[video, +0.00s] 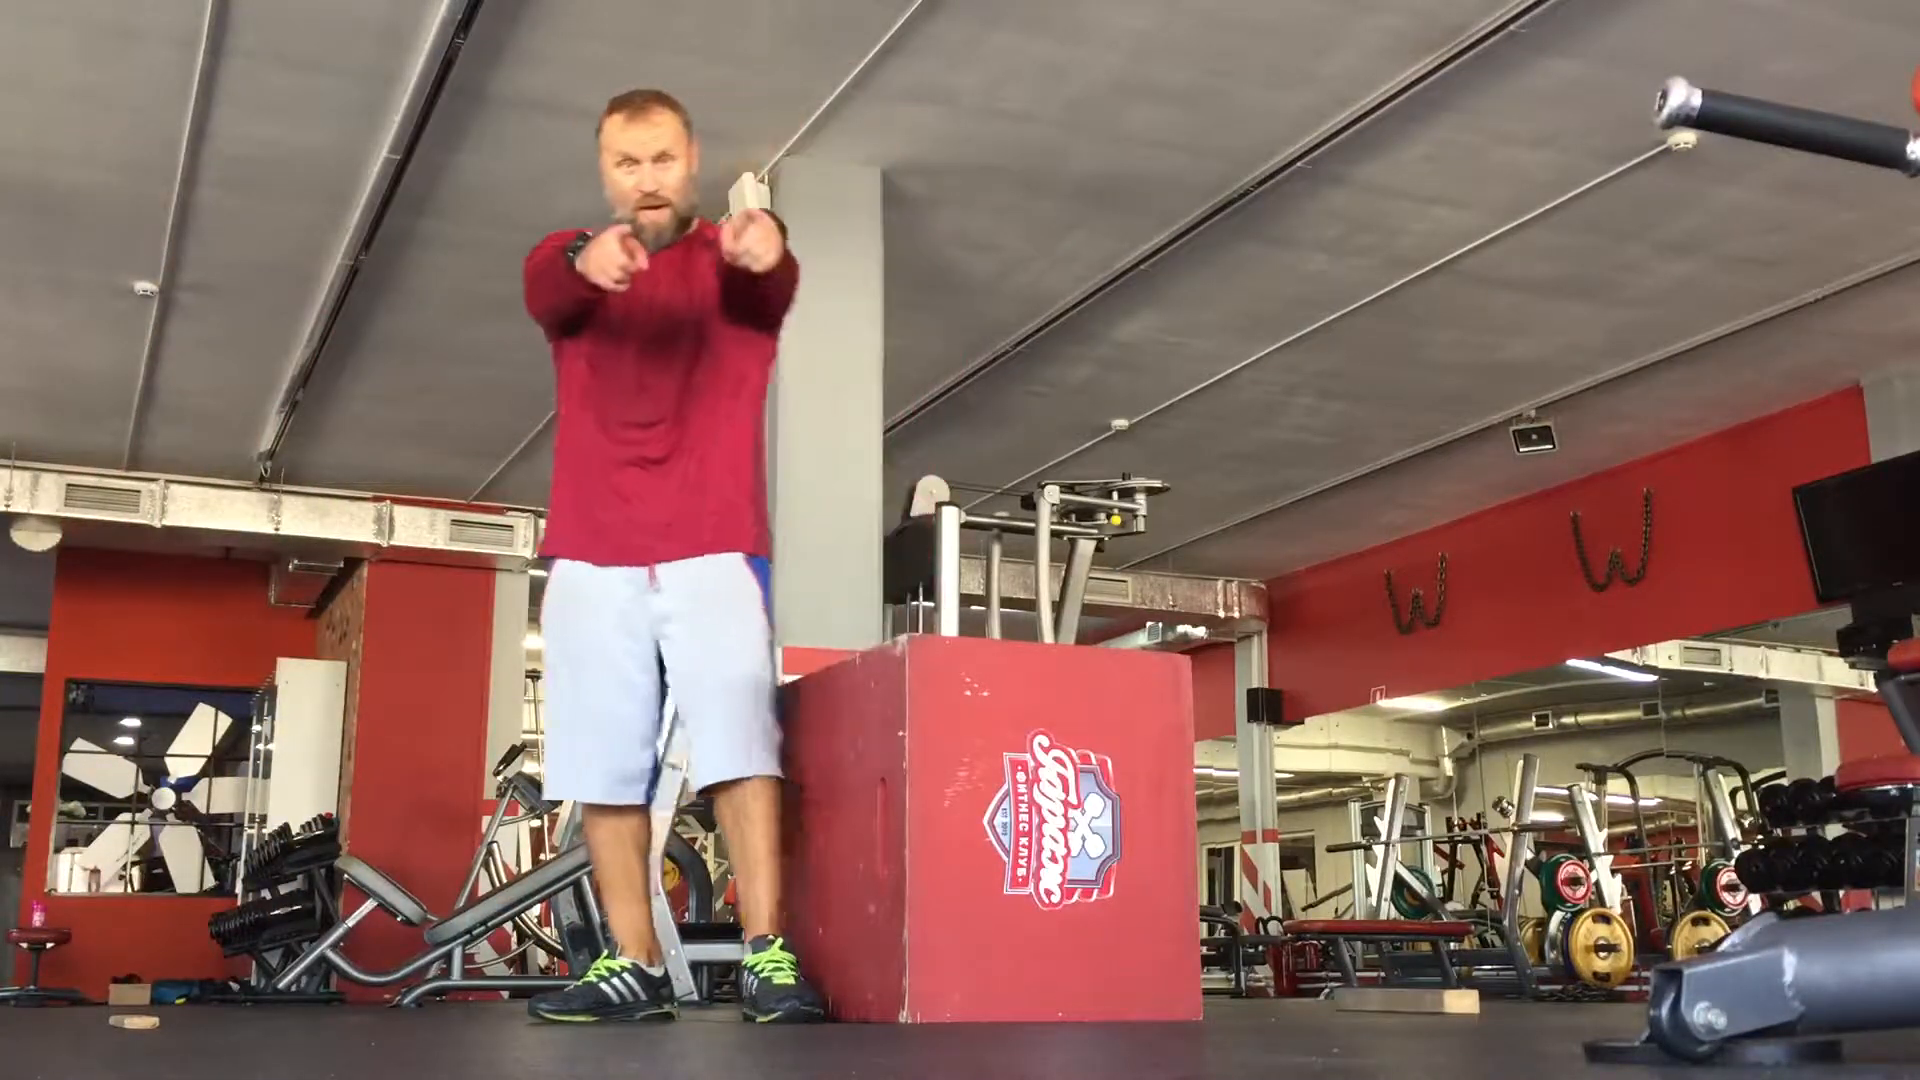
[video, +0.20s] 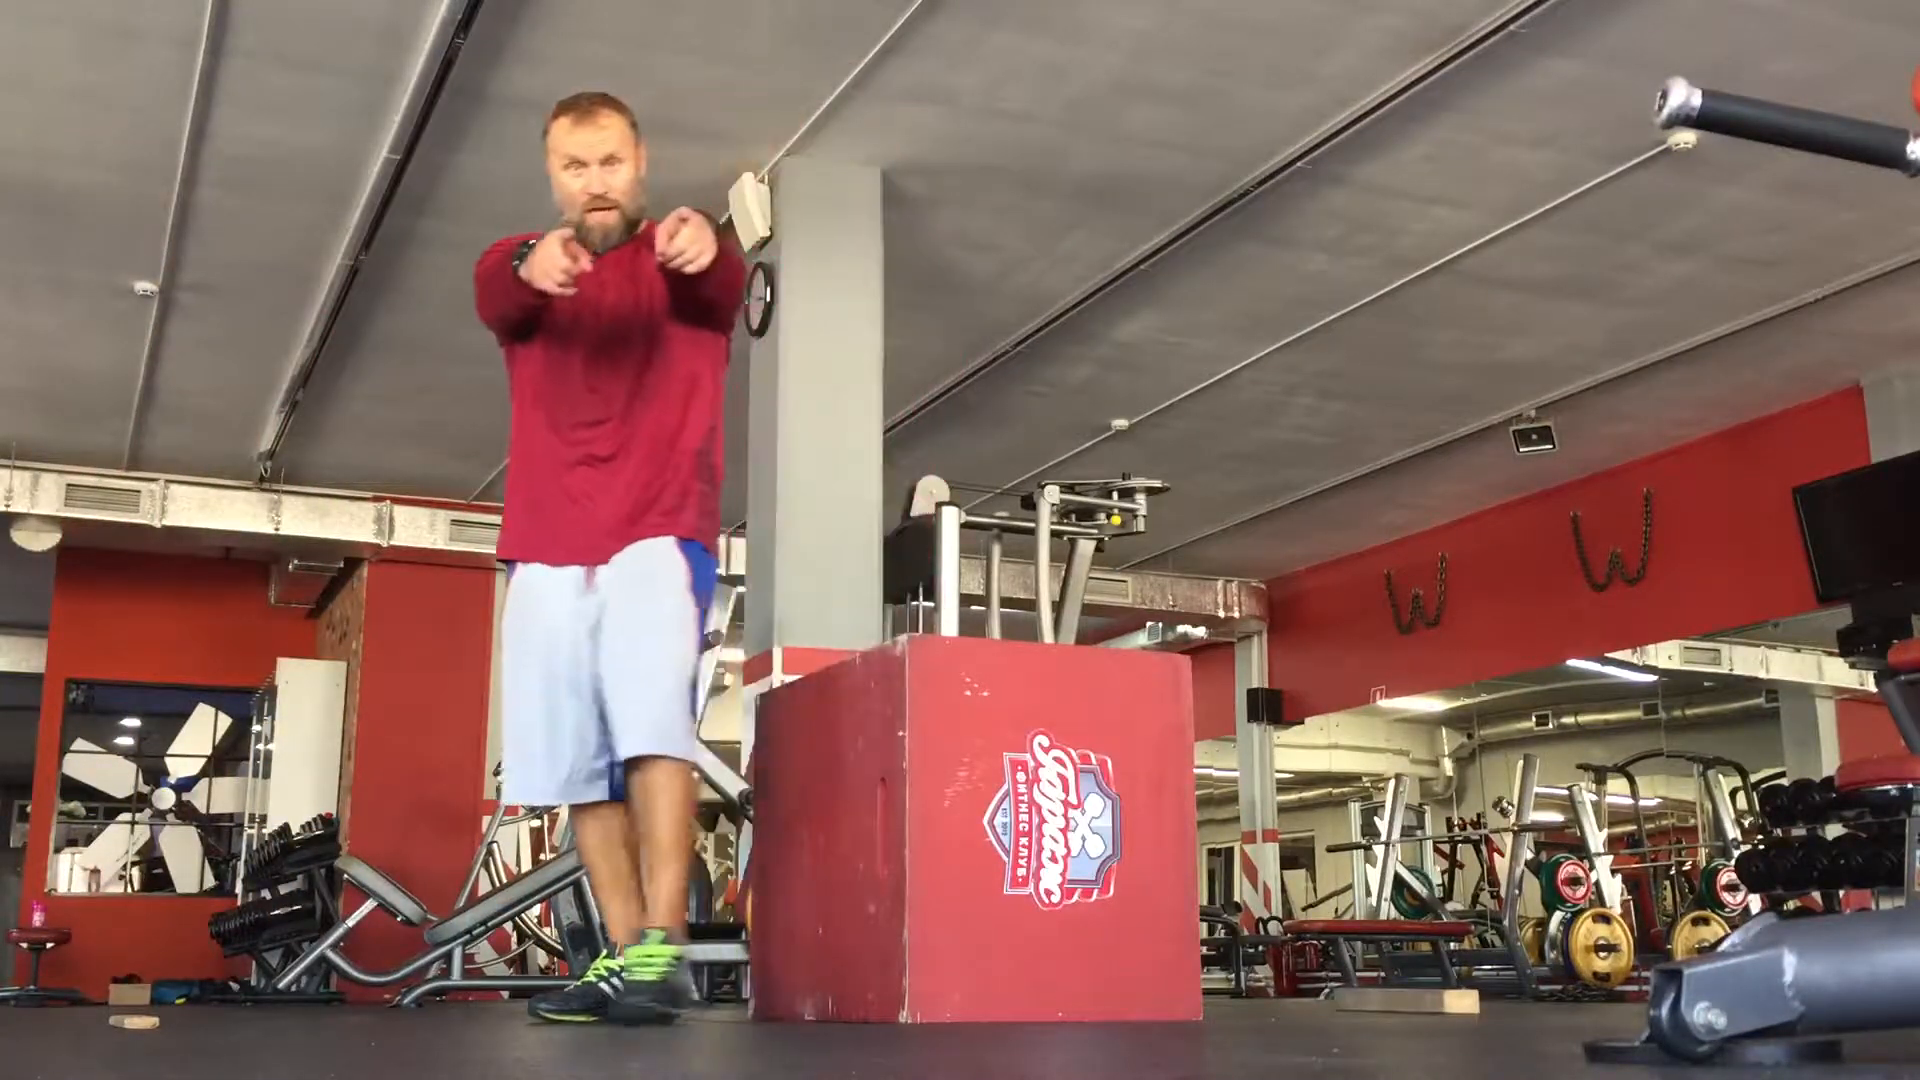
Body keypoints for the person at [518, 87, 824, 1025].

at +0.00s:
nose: (646, 174)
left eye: (662, 157)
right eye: (627, 161)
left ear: (694, 163)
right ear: (602, 173)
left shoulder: (736, 255)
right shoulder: (568, 258)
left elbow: (766, 280)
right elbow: (545, 288)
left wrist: (760, 252)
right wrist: (587, 264)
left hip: (714, 547)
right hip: (593, 556)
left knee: (739, 742)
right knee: (606, 758)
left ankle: (764, 953)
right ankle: (636, 964)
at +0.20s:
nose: (594, 178)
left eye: (610, 160)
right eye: (574, 164)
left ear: (641, 165)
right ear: (550, 176)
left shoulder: (688, 253)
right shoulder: (522, 261)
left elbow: (721, 283)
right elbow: (492, 294)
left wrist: (698, 251)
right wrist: (530, 270)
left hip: (655, 527)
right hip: (550, 537)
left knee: (652, 726)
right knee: (575, 742)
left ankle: (662, 947)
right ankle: (623, 949)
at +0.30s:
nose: (566, 175)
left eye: (582, 156)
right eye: (546, 161)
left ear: (614, 163)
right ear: (525, 176)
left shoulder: (659, 253)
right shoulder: (505, 270)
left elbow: (690, 278)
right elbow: (452, 329)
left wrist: (717, 253)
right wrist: (469, 282)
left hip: (627, 522)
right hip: (529, 532)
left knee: (607, 720)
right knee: (569, 739)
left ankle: (579, 940)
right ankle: (631, 958)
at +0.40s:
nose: (532, 168)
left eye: (549, 148)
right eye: (513, 153)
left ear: (585, 156)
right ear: (493, 170)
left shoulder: (634, 254)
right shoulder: (463, 276)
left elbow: (687, 295)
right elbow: (391, 356)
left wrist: (739, 275)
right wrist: (381, 275)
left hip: (599, 525)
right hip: (497, 536)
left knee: (546, 716)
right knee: (551, 744)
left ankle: (481, 940)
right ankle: (636, 963)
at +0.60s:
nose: (456, 149)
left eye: (475, 129)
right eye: (437, 134)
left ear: (516, 140)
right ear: (419, 153)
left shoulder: (560, 249)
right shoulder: (387, 270)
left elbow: (615, 341)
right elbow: (302, 336)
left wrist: (646, 289)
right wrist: (256, 209)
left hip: (514, 529)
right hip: (436, 532)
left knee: (413, 715)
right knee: (522, 746)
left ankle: (335, 959)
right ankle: (628, 950)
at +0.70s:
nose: (419, 124)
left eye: (440, 105)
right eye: (401, 108)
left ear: (480, 119)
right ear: (382, 125)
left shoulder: (526, 234)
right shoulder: (346, 238)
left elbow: (537, 335)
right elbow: (284, 334)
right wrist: (269, 218)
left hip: (468, 508)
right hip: (380, 512)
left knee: (386, 716)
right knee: (440, 751)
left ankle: (331, 961)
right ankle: (585, 923)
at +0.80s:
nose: (380, 97)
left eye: (403, 78)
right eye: (362, 81)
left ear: (447, 94)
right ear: (344, 99)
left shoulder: (490, 216)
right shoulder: (320, 205)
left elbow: (455, 328)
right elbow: (237, 323)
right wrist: (272, 263)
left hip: (423, 500)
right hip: (316, 502)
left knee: (375, 713)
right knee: (292, 713)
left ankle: (332, 960)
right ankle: (463, 876)